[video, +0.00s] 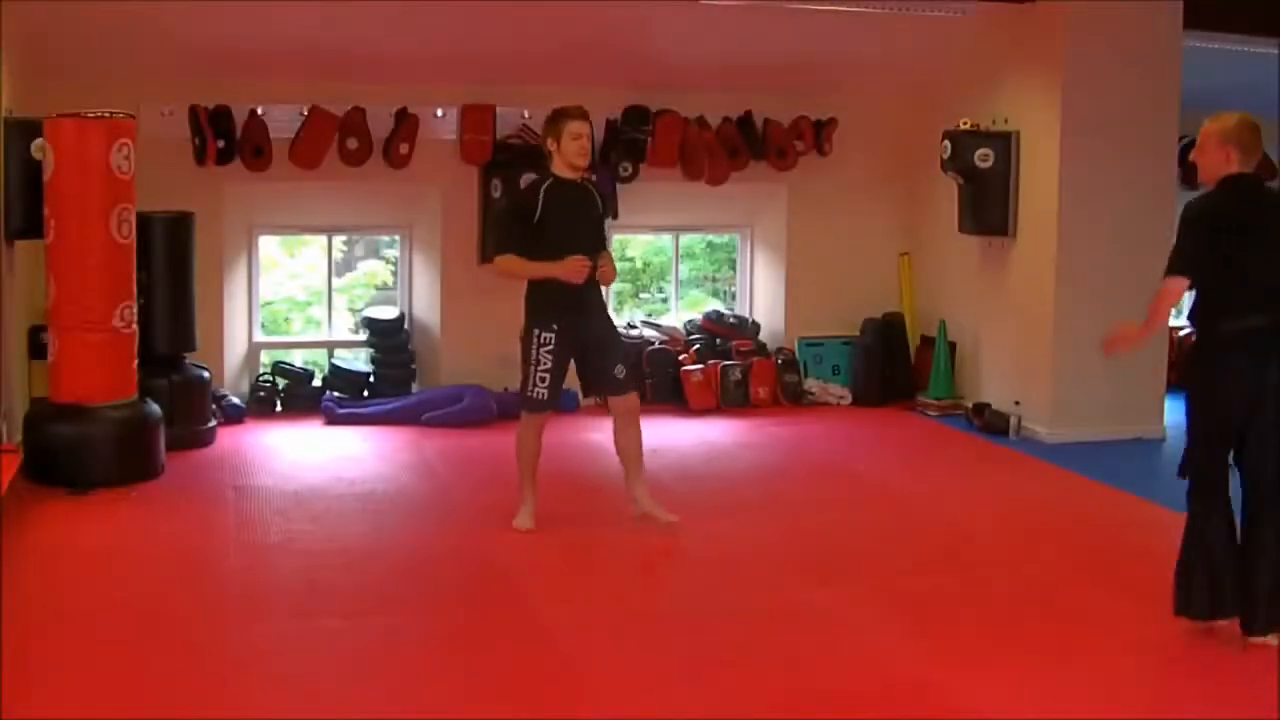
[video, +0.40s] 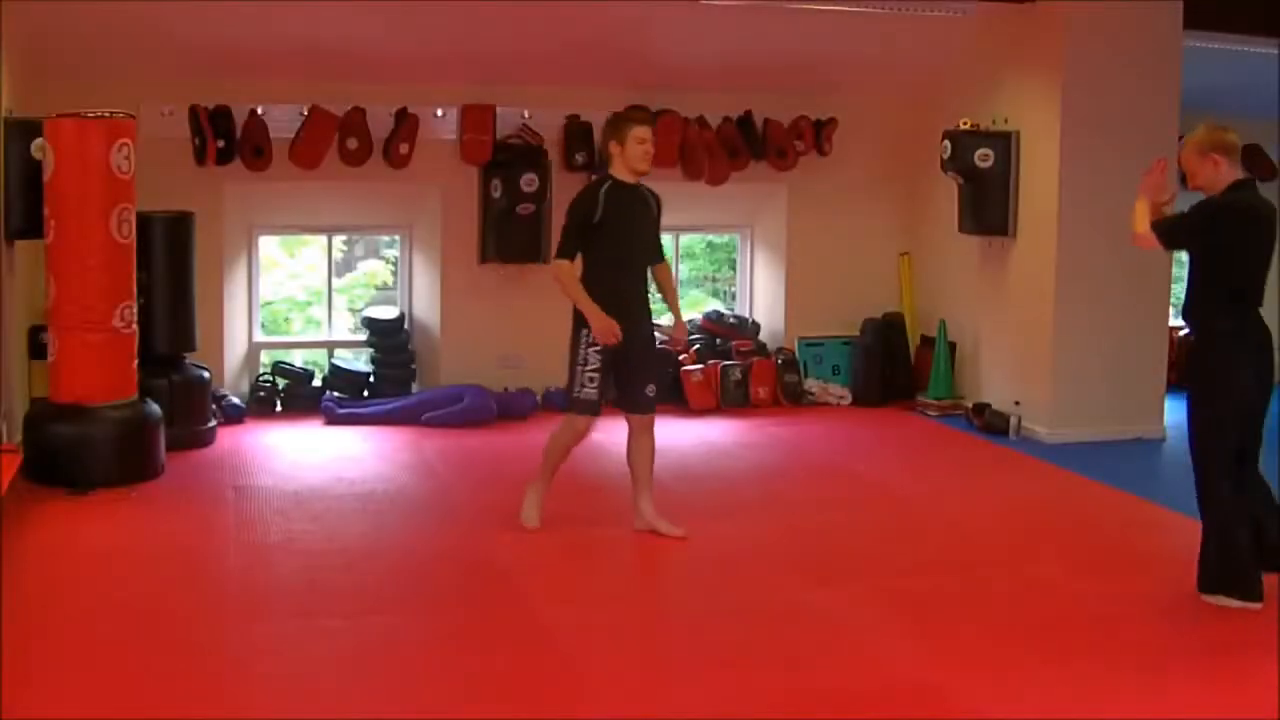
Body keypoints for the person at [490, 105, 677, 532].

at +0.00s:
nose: (585, 146)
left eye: (588, 139)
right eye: (576, 138)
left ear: (590, 144)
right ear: (552, 143)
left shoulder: (592, 194)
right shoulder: (529, 193)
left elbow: (599, 250)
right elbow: (503, 260)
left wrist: (606, 267)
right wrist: (557, 269)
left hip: (592, 311)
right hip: (548, 315)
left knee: (626, 401)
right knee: (536, 410)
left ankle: (639, 496)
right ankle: (527, 501)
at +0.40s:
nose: (649, 150)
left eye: (651, 143)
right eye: (641, 142)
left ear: (649, 149)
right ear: (615, 147)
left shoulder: (649, 200)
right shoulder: (591, 197)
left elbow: (658, 262)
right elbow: (561, 267)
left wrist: (676, 314)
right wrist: (595, 315)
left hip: (638, 321)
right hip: (596, 321)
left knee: (643, 419)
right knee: (580, 421)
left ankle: (644, 510)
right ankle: (537, 489)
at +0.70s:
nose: (677, 150)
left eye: (677, 143)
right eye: (668, 143)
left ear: (664, 150)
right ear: (640, 148)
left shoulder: (665, 200)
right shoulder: (618, 195)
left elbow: (650, 266)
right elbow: (576, 260)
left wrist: (660, 324)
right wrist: (574, 333)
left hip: (651, 322)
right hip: (618, 322)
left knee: (649, 424)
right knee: (617, 429)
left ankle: (646, 513)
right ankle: (598, 529)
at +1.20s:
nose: (734, 204)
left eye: (736, 195)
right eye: (731, 194)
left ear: (704, 188)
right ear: (706, 188)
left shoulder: (671, 221)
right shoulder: (654, 221)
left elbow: (624, 287)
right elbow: (599, 284)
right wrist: (595, 350)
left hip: (618, 330)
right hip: (603, 331)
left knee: (628, 430)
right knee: (617, 432)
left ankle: (623, 533)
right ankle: (614, 543)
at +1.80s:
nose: (717, 163)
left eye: (717, 154)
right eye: (711, 153)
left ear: (686, 155)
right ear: (683, 153)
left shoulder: (669, 201)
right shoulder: (650, 201)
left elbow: (646, 278)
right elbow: (612, 278)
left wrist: (658, 331)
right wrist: (636, 342)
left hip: (649, 331)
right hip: (629, 333)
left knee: (657, 433)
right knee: (635, 436)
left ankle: (627, 529)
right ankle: (616, 542)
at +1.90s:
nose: (708, 163)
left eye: (709, 154)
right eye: (702, 152)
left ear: (674, 154)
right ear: (673, 151)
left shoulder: (662, 199)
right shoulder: (650, 201)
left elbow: (650, 285)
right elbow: (646, 289)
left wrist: (690, 320)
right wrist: (699, 321)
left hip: (649, 327)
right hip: (631, 329)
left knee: (677, 426)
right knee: (635, 435)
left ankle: (631, 522)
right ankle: (616, 543)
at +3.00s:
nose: (707, 154)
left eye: (707, 146)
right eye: (699, 146)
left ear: (684, 152)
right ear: (672, 151)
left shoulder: (679, 201)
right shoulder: (654, 202)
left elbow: (669, 278)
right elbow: (628, 279)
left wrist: (679, 337)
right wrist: (628, 349)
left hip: (678, 332)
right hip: (652, 333)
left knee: (686, 429)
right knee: (642, 434)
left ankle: (690, 523)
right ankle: (602, 524)